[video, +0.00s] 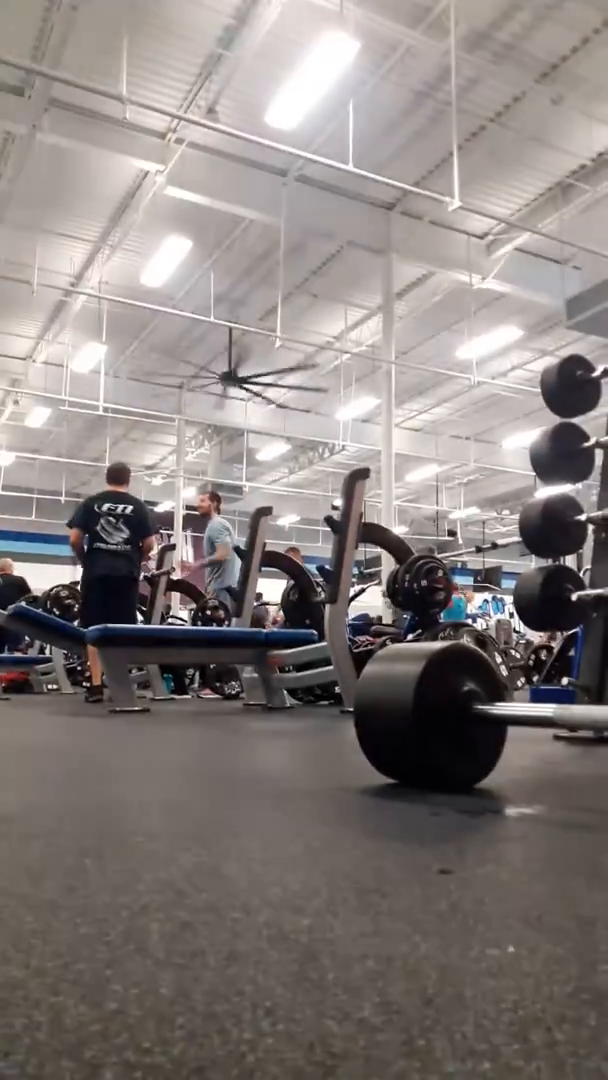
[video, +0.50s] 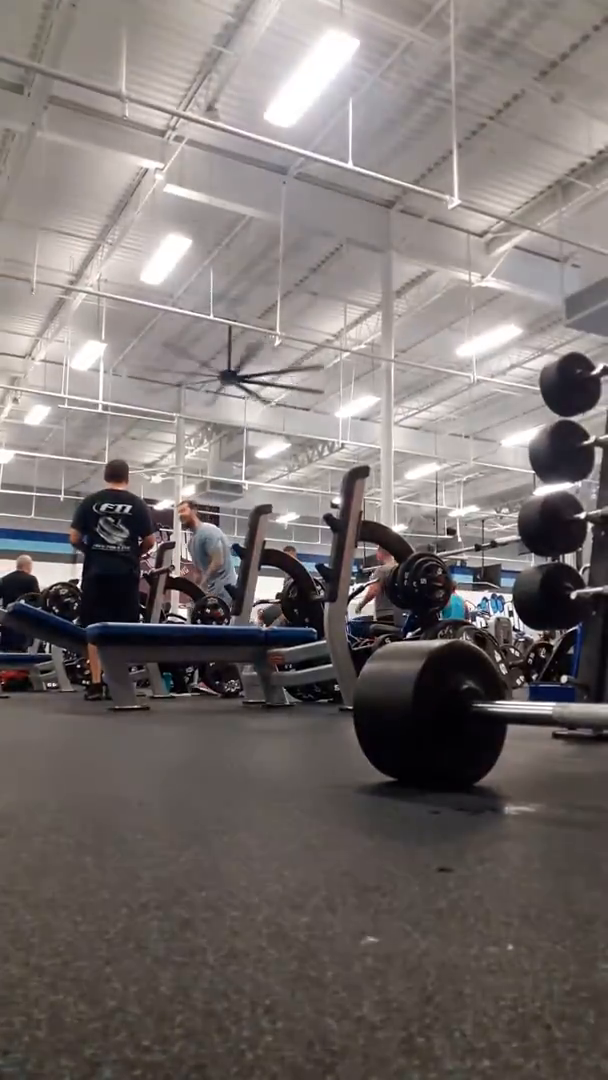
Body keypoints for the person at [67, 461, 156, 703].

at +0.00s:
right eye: (126, 479)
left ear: (106, 480)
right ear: (128, 481)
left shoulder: (91, 502)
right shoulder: (138, 506)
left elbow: (75, 538)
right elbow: (149, 544)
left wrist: (84, 560)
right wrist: (138, 557)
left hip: (96, 574)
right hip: (126, 575)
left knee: (93, 630)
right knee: (124, 630)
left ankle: (96, 685)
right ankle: (122, 687)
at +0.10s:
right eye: (124, 479)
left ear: (104, 480)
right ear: (126, 480)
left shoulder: (90, 502)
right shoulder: (137, 505)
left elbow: (73, 540)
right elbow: (148, 543)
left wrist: (82, 562)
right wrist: (138, 558)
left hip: (94, 574)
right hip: (125, 575)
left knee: (93, 630)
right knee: (122, 629)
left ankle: (96, 684)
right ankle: (120, 686)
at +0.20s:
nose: (121, 483)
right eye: (123, 478)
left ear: (103, 479)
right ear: (125, 479)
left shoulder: (89, 502)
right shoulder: (136, 504)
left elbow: (72, 539)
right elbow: (149, 542)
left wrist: (83, 558)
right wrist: (136, 559)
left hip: (94, 573)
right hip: (124, 574)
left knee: (92, 629)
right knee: (121, 629)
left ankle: (96, 684)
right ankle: (120, 686)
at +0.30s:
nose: (122, 482)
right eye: (124, 478)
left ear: (103, 478)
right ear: (126, 479)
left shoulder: (88, 501)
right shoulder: (137, 504)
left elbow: (73, 537)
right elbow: (149, 541)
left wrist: (84, 556)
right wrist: (140, 556)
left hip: (95, 573)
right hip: (125, 573)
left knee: (93, 628)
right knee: (122, 628)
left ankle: (96, 683)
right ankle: (120, 684)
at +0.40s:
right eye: (124, 477)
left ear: (104, 478)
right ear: (126, 479)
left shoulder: (89, 501)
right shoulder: (137, 504)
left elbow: (74, 537)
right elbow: (150, 541)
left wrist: (86, 552)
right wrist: (139, 554)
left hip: (96, 573)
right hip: (125, 573)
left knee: (93, 628)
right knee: (123, 628)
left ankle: (96, 683)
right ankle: (121, 685)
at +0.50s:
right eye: (125, 477)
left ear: (105, 478)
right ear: (128, 478)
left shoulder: (90, 501)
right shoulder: (138, 504)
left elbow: (74, 538)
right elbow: (150, 540)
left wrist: (91, 549)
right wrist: (135, 553)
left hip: (96, 573)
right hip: (126, 574)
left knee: (93, 628)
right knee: (125, 627)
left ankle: (96, 683)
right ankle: (122, 684)